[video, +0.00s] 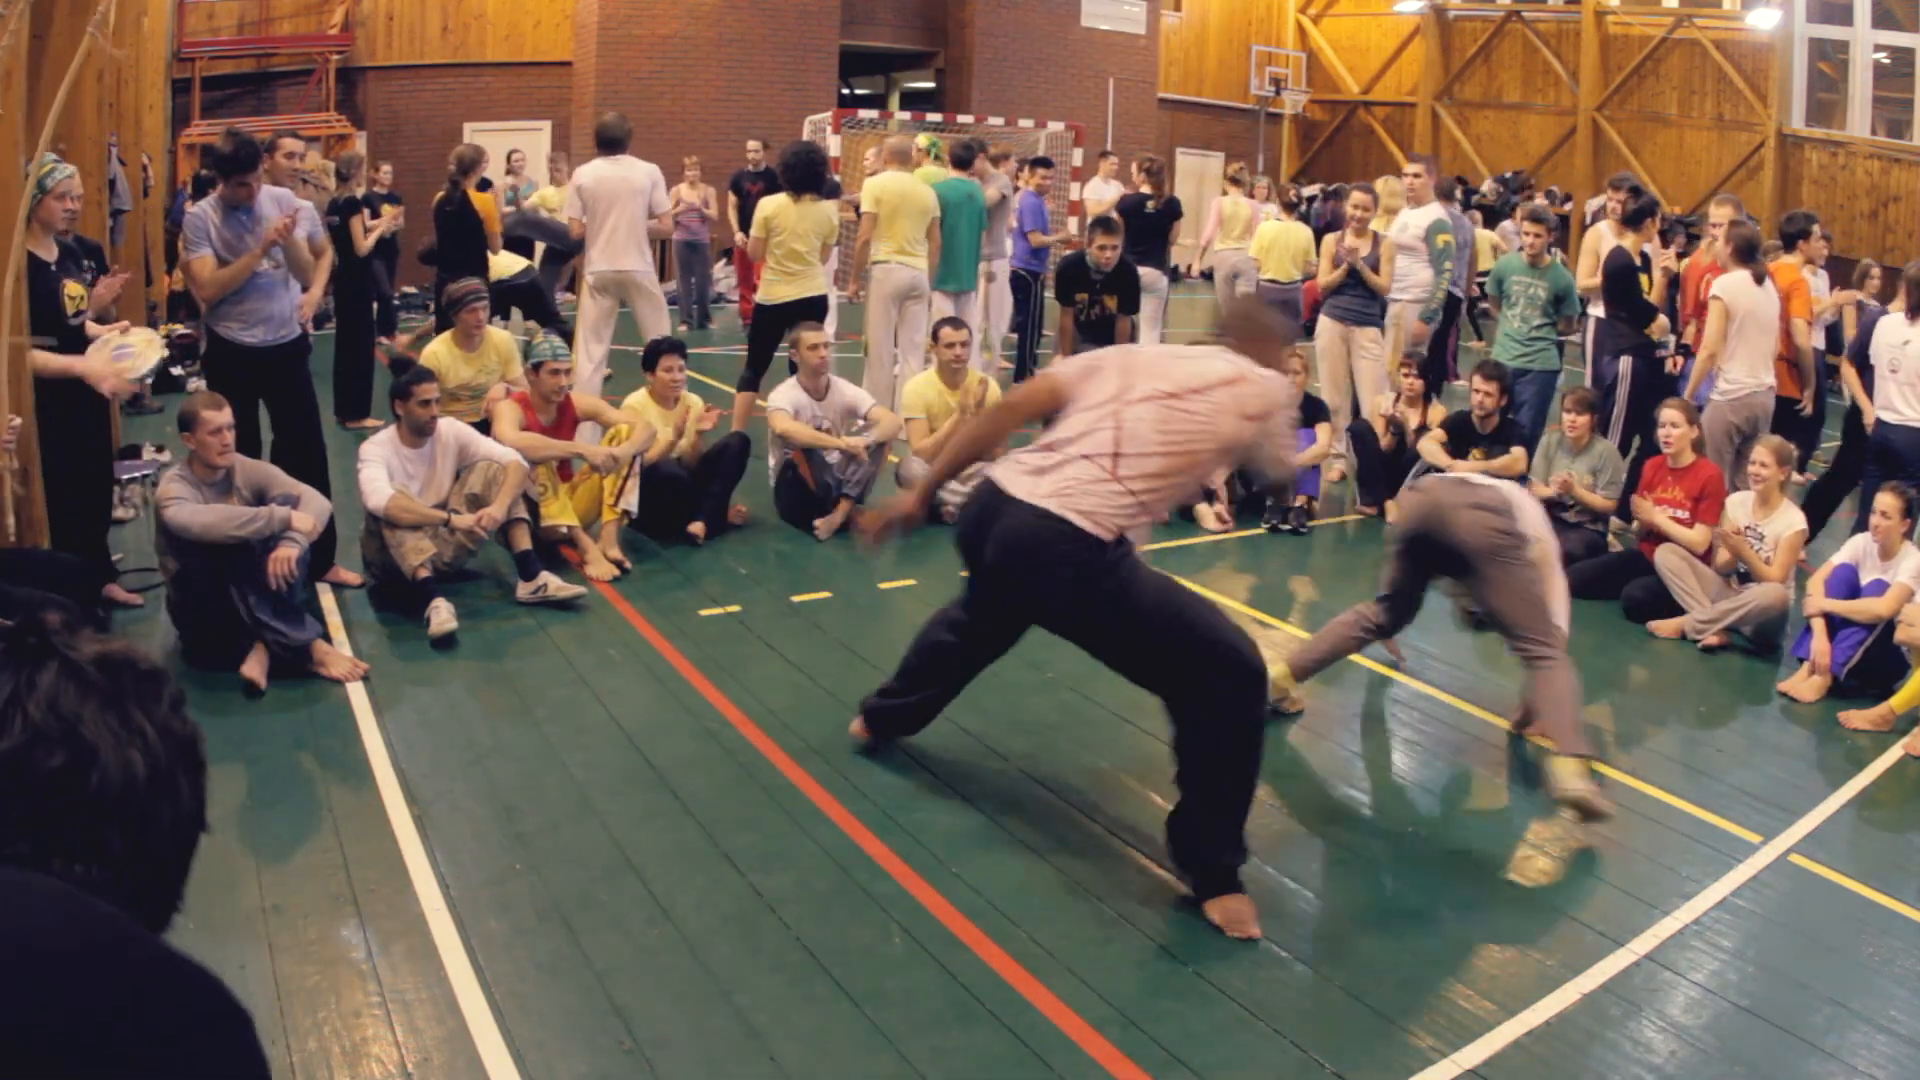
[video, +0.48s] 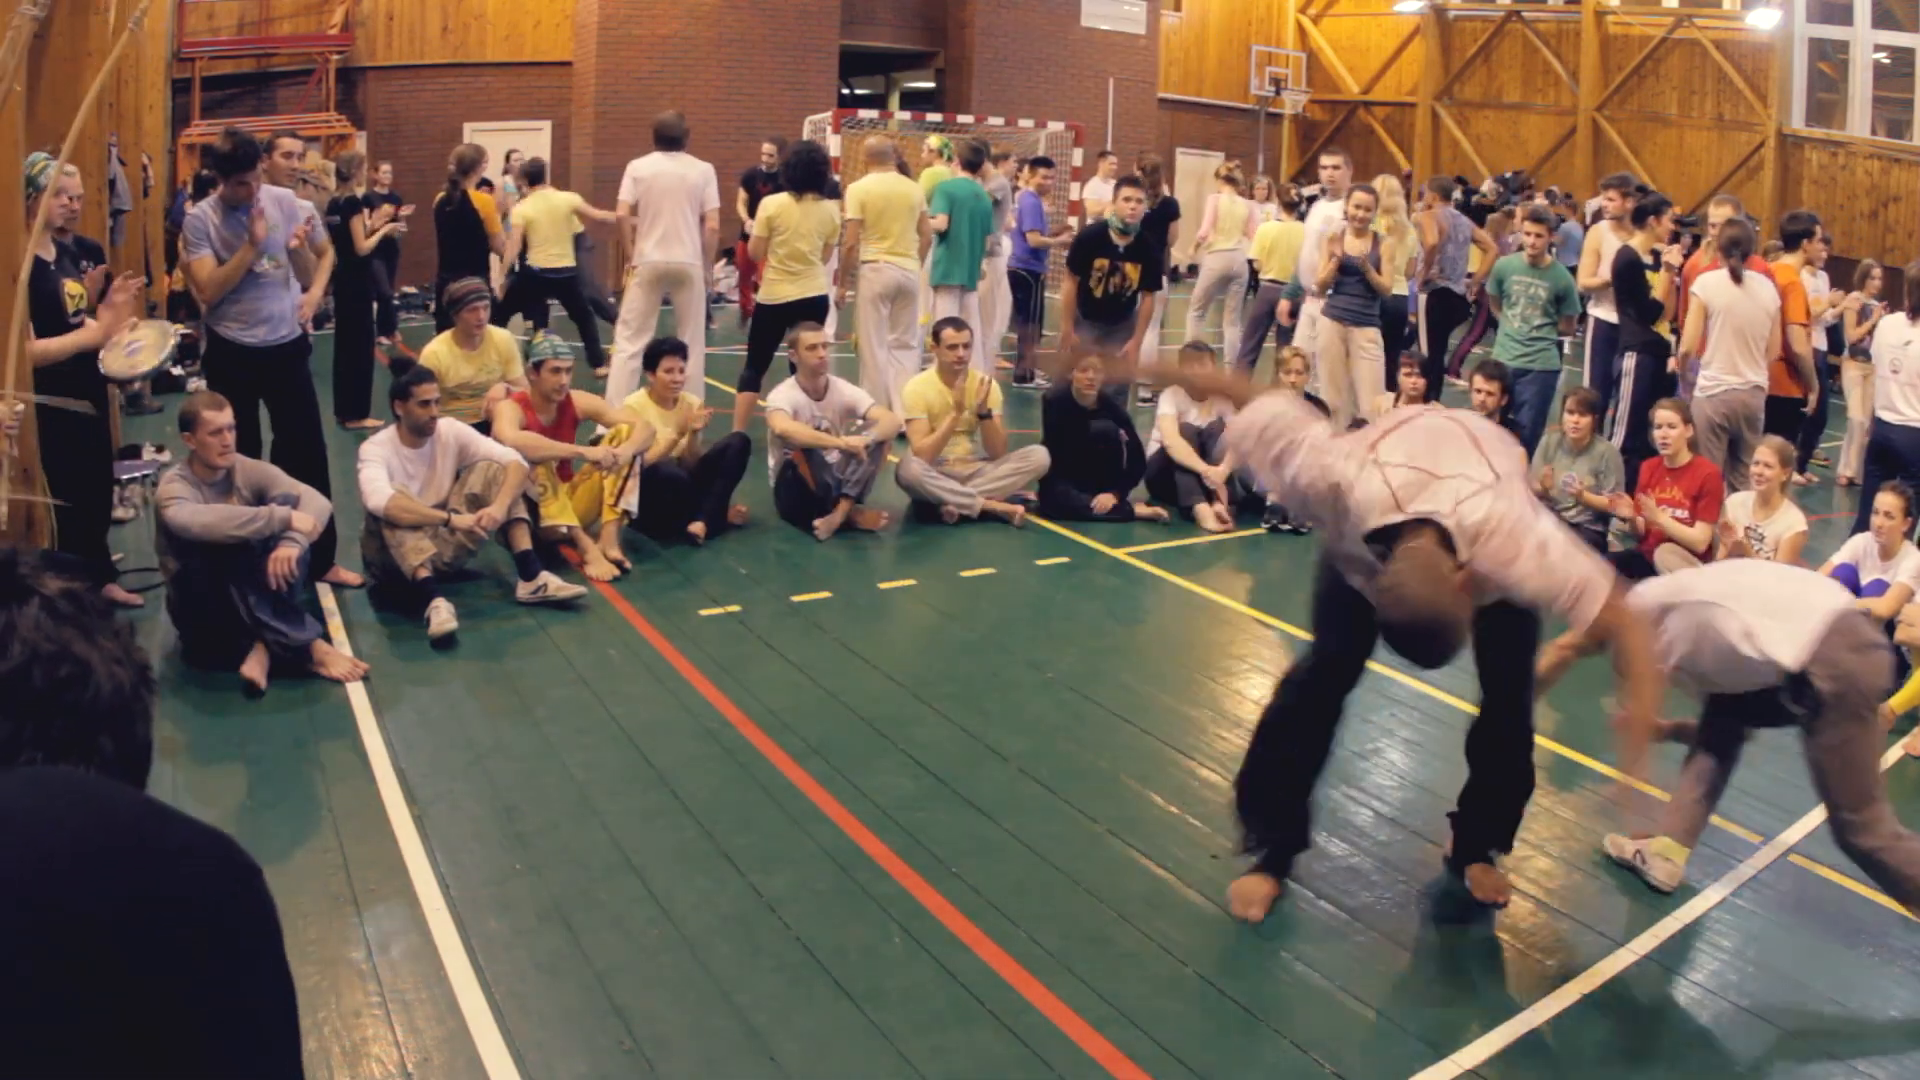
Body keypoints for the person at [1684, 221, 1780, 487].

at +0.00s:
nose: (1716, 247)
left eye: (1720, 241)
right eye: (1717, 240)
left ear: (1731, 248)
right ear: (1752, 249)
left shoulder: (1723, 285)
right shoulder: (1769, 286)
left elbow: (1710, 349)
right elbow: (1775, 346)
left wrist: (1688, 394)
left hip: (1729, 396)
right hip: (1765, 394)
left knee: (1713, 482)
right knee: (1746, 483)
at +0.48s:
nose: (1711, 238)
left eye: (1715, 236)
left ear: (1718, 247)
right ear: (1750, 248)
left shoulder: (1705, 283)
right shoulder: (1768, 288)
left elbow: (1690, 345)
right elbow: (1774, 349)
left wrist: (1679, 363)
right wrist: (1752, 368)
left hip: (1713, 390)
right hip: (1753, 391)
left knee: (1708, 477)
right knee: (1744, 476)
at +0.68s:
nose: (1707, 244)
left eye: (1710, 239)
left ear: (1713, 247)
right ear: (1747, 249)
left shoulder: (1703, 280)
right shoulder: (1767, 287)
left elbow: (1670, 317)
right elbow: (1776, 350)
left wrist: (1680, 274)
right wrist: (1751, 368)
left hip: (1710, 390)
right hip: (1751, 391)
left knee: (1708, 474)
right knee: (1744, 474)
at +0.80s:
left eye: (1718, 248)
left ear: (1716, 251)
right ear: (1744, 250)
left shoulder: (1706, 282)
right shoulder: (1766, 288)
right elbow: (1769, 349)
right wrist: (1754, 377)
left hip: (1711, 391)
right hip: (1750, 390)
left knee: (1708, 472)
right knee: (1742, 473)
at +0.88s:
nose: (1702, 249)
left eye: (1705, 246)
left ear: (1709, 249)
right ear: (1743, 250)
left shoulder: (1702, 278)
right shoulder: (1764, 286)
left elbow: (1673, 286)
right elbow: (1767, 344)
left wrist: (1697, 247)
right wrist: (1758, 378)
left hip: (1710, 390)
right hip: (1749, 389)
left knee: (1709, 472)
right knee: (1743, 471)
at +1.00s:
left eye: (1705, 244)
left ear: (1708, 248)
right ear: (1740, 249)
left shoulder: (1699, 277)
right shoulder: (1763, 286)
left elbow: (1676, 279)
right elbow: (1770, 343)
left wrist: (1698, 241)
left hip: (1707, 388)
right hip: (1747, 390)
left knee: (1708, 470)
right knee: (1742, 471)